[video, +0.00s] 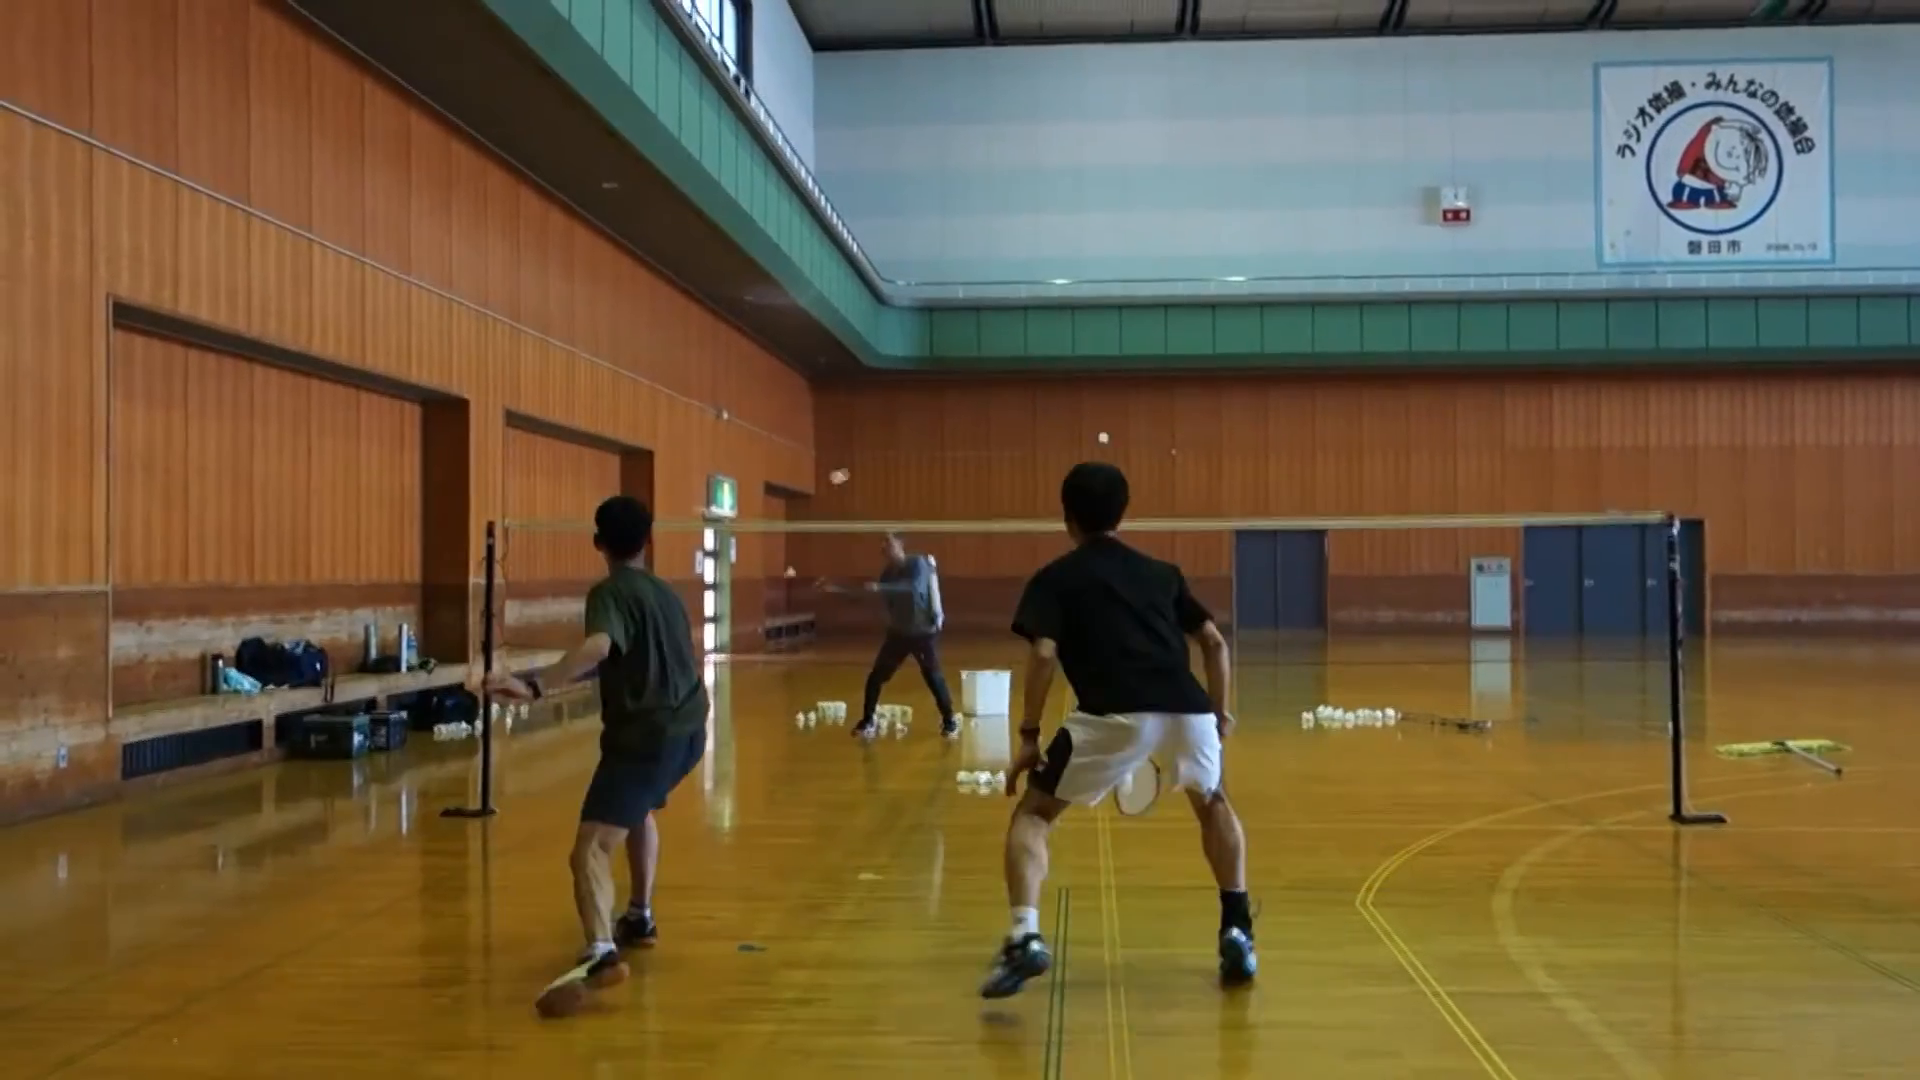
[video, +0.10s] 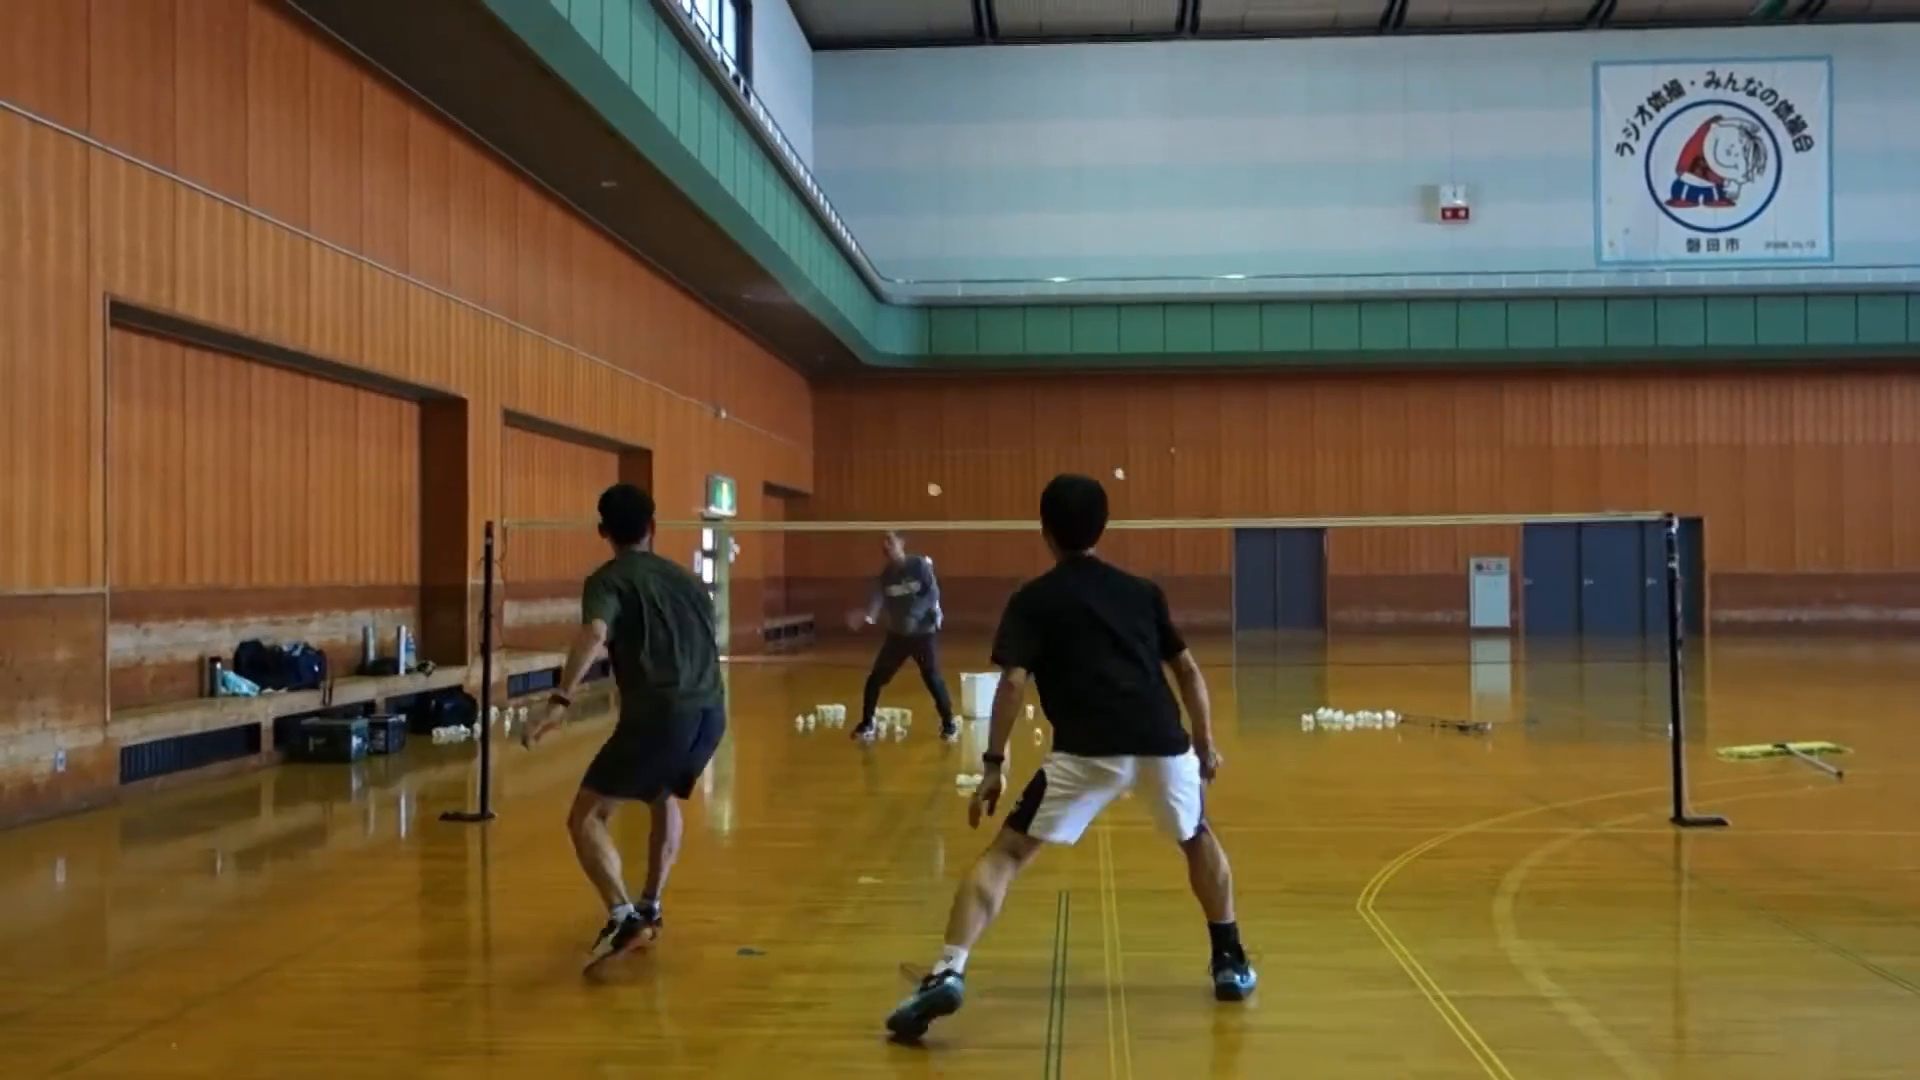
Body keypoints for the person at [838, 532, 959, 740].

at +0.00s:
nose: (888, 551)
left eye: (891, 546)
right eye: (886, 548)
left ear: (901, 546)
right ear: (884, 551)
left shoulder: (918, 563)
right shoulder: (888, 574)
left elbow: (916, 588)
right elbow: (871, 593)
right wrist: (837, 590)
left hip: (922, 632)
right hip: (898, 633)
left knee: (933, 677)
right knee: (876, 678)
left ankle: (949, 720)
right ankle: (867, 721)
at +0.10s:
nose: (889, 549)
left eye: (892, 544)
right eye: (886, 545)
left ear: (901, 544)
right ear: (884, 549)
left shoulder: (921, 565)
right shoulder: (885, 575)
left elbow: (932, 594)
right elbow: (877, 597)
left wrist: (914, 615)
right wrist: (871, 615)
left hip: (923, 635)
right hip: (897, 635)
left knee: (932, 678)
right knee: (875, 680)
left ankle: (948, 722)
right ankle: (867, 723)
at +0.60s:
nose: (881, 547)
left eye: (884, 542)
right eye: (878, 544)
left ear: (896, 543)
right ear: (876, 547)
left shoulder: (911, 564)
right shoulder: (885, 574)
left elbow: (922, 594)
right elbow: (887, 607)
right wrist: (865, 617)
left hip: (919, 633)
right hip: (897, 633)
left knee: (917, 679)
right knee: (876, 678)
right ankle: (868, 722)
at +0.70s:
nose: (881, 547)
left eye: (885, 543)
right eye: (878, 543)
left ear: (896, 543)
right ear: (876, 546)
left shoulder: (908, 564)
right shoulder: (885, 570)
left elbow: (908, 592)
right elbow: (887, 601)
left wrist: (880, 578)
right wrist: (861, 610)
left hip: (916, 631)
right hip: (898, 631)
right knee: (879, 677)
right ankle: (867, 722)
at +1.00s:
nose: (890, 548)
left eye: (893, 543)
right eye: (887, 544)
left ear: (905, 543)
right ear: (886, 547)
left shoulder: (923, 565)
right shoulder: (888, 579)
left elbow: (920, 596)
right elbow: (883, 609)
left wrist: (893, 608)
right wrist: (849, 621)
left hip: (931, 629)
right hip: (907, 631)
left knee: (937, 674)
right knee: (886, 675)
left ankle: (948, 722)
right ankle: (868, 721)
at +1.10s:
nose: (895, 547)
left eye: (898, 541)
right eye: (891, 543)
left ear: (908, 542)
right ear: (889, 546)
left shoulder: (926, 565)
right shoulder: (890, 573)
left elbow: (936, 595)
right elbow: (881, 599)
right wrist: (874, 622)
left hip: (927, 630)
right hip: (902, 632)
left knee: (940, 676)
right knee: (885, 677)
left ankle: (953, 725)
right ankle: (867, 723)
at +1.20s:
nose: (896, 544)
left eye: (899, 539)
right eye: (892, 540)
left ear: (909, 541)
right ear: (890, 545)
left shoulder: (927, 563)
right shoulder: (890, 574)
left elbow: (946, 591)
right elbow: (894, 602)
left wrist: (941, 617)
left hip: (930, 629)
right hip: (905, 630)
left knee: (940, 676)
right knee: (885, 674)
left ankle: (950, 721)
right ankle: (867, 717)